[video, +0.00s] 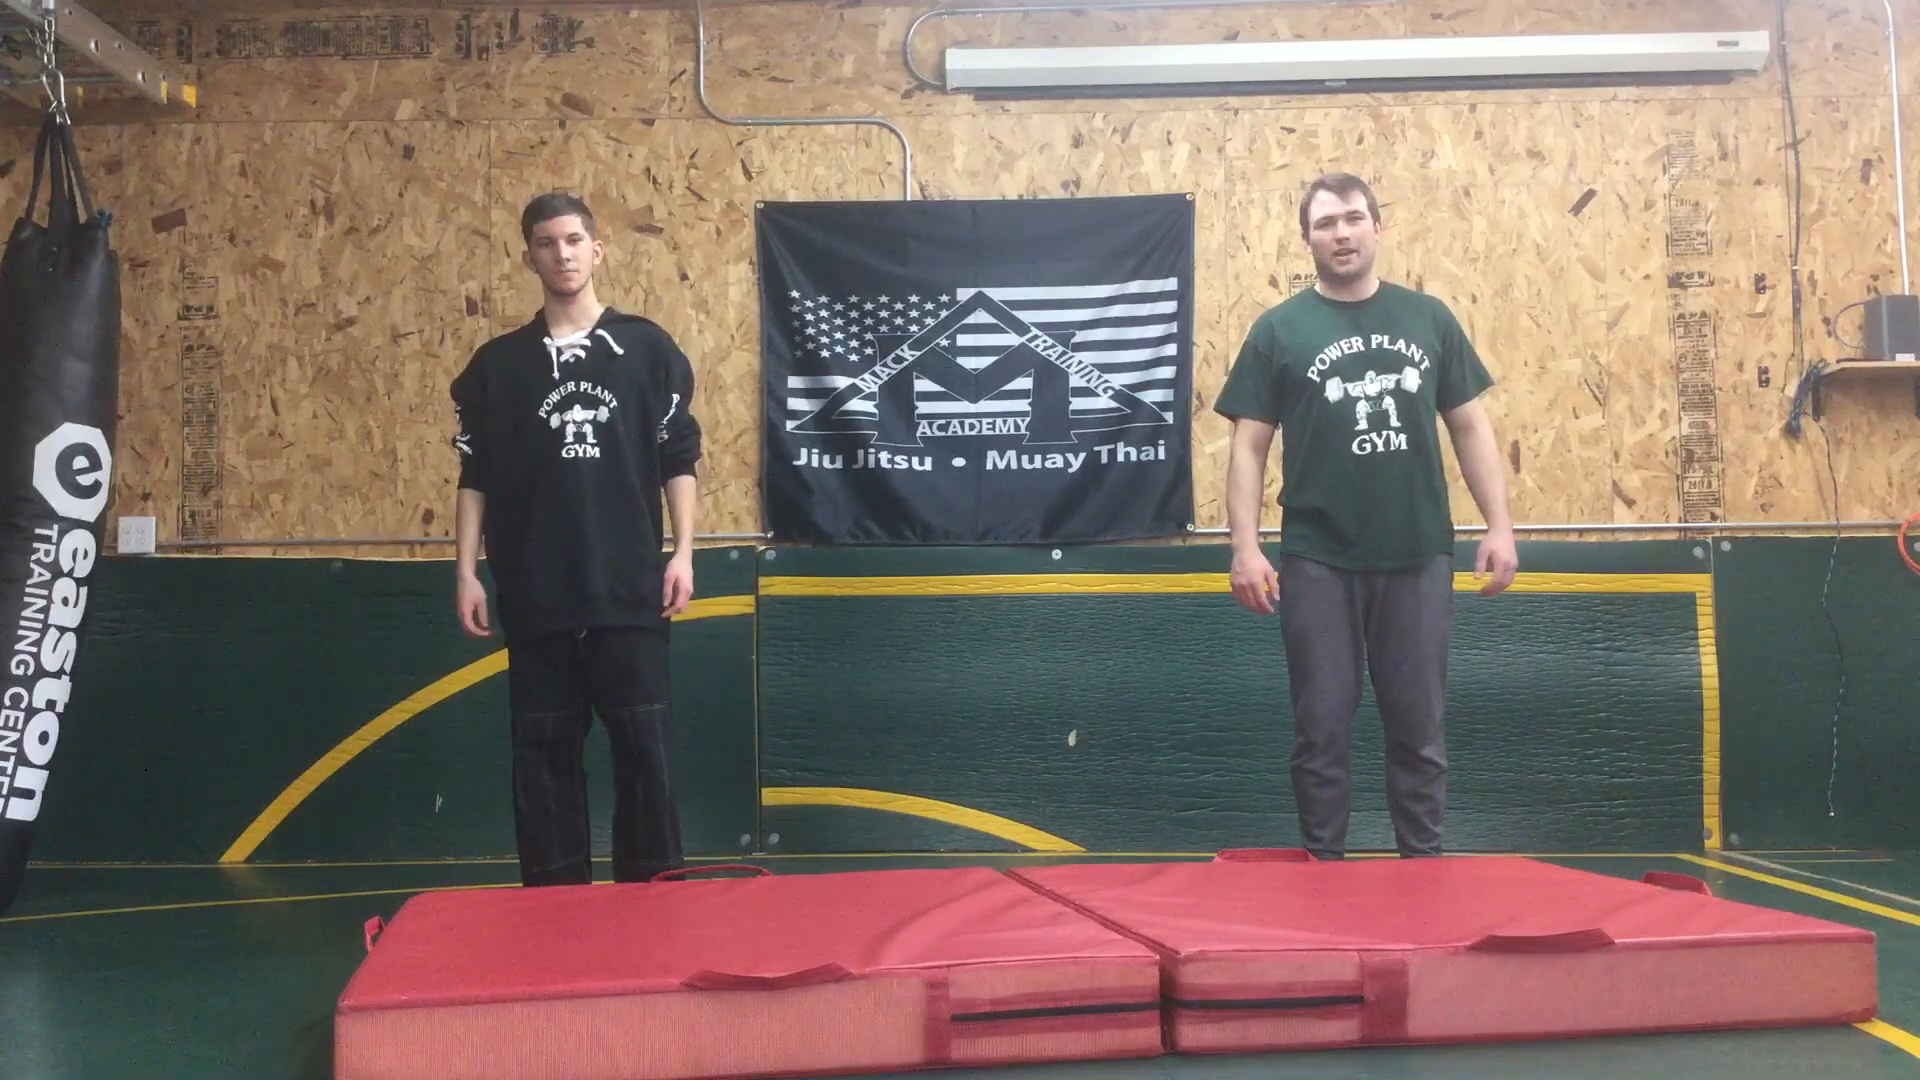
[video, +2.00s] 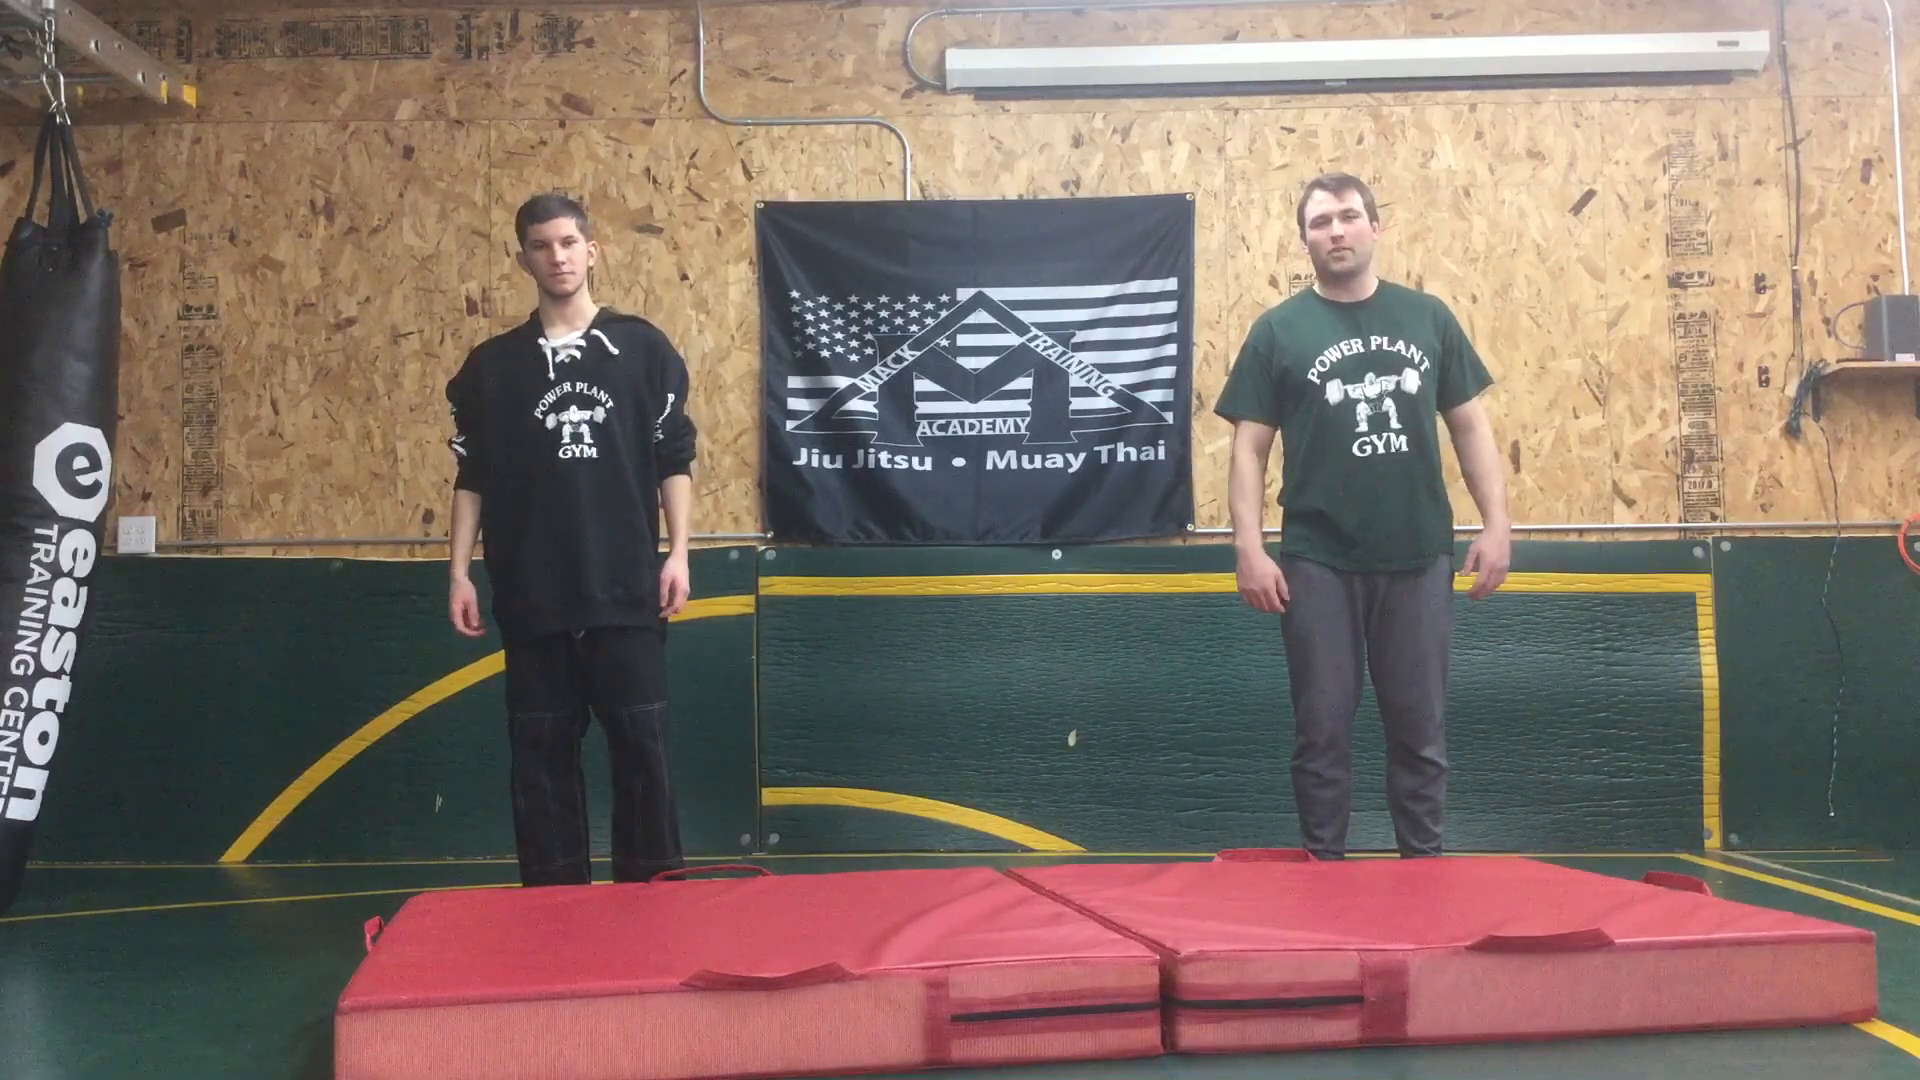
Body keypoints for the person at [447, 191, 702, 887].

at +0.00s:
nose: (563, 254)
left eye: (574, 240)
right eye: (547, 244)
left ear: (596, 249)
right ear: (530, 258)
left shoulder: (647, 347)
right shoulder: (494, 364)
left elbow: (679, 458)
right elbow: (474, 476)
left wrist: (683, 550)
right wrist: (467, 570)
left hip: (629, 583)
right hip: (533, 589)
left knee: (644, 754)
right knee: (544, 761)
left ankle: (653, 904)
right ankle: (554, 910)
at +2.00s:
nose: (557, 257)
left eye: (568, 242)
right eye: (542, 247)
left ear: (591, 250)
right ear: (525, 260)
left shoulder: (642, 347)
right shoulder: (489, 364)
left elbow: (674, 457)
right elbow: (471, 476)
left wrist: (678, 552)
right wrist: (460, 569)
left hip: (625, 582)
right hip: (530, 589)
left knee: (642, 750)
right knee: (542, 759)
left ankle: (652, 901)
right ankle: (553, 908)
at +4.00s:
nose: (563, 257)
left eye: (573, 243)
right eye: (547, 247)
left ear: (594, 250)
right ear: (529, 261)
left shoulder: (647, 348)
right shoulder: (493, 365)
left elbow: (675, 459)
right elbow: (474, 477)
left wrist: (683, 550)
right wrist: (467, 576)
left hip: (629, 585)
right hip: (533, 592)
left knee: (644, 753)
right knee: (545, 762)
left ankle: (654, 905)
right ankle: (555, 913)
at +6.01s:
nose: (560, 256)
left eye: (571, 242)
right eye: (545, 246)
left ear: (592, 251)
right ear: (527, 261)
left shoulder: (644, 351)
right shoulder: (489, 366)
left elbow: (669, 463)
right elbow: (472, 480)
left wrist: (678, 553)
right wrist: (471, 577)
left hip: (627, 584)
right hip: (531, 590)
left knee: (644, 750)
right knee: (542, 760)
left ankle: (654, 903)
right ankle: (554, 911)